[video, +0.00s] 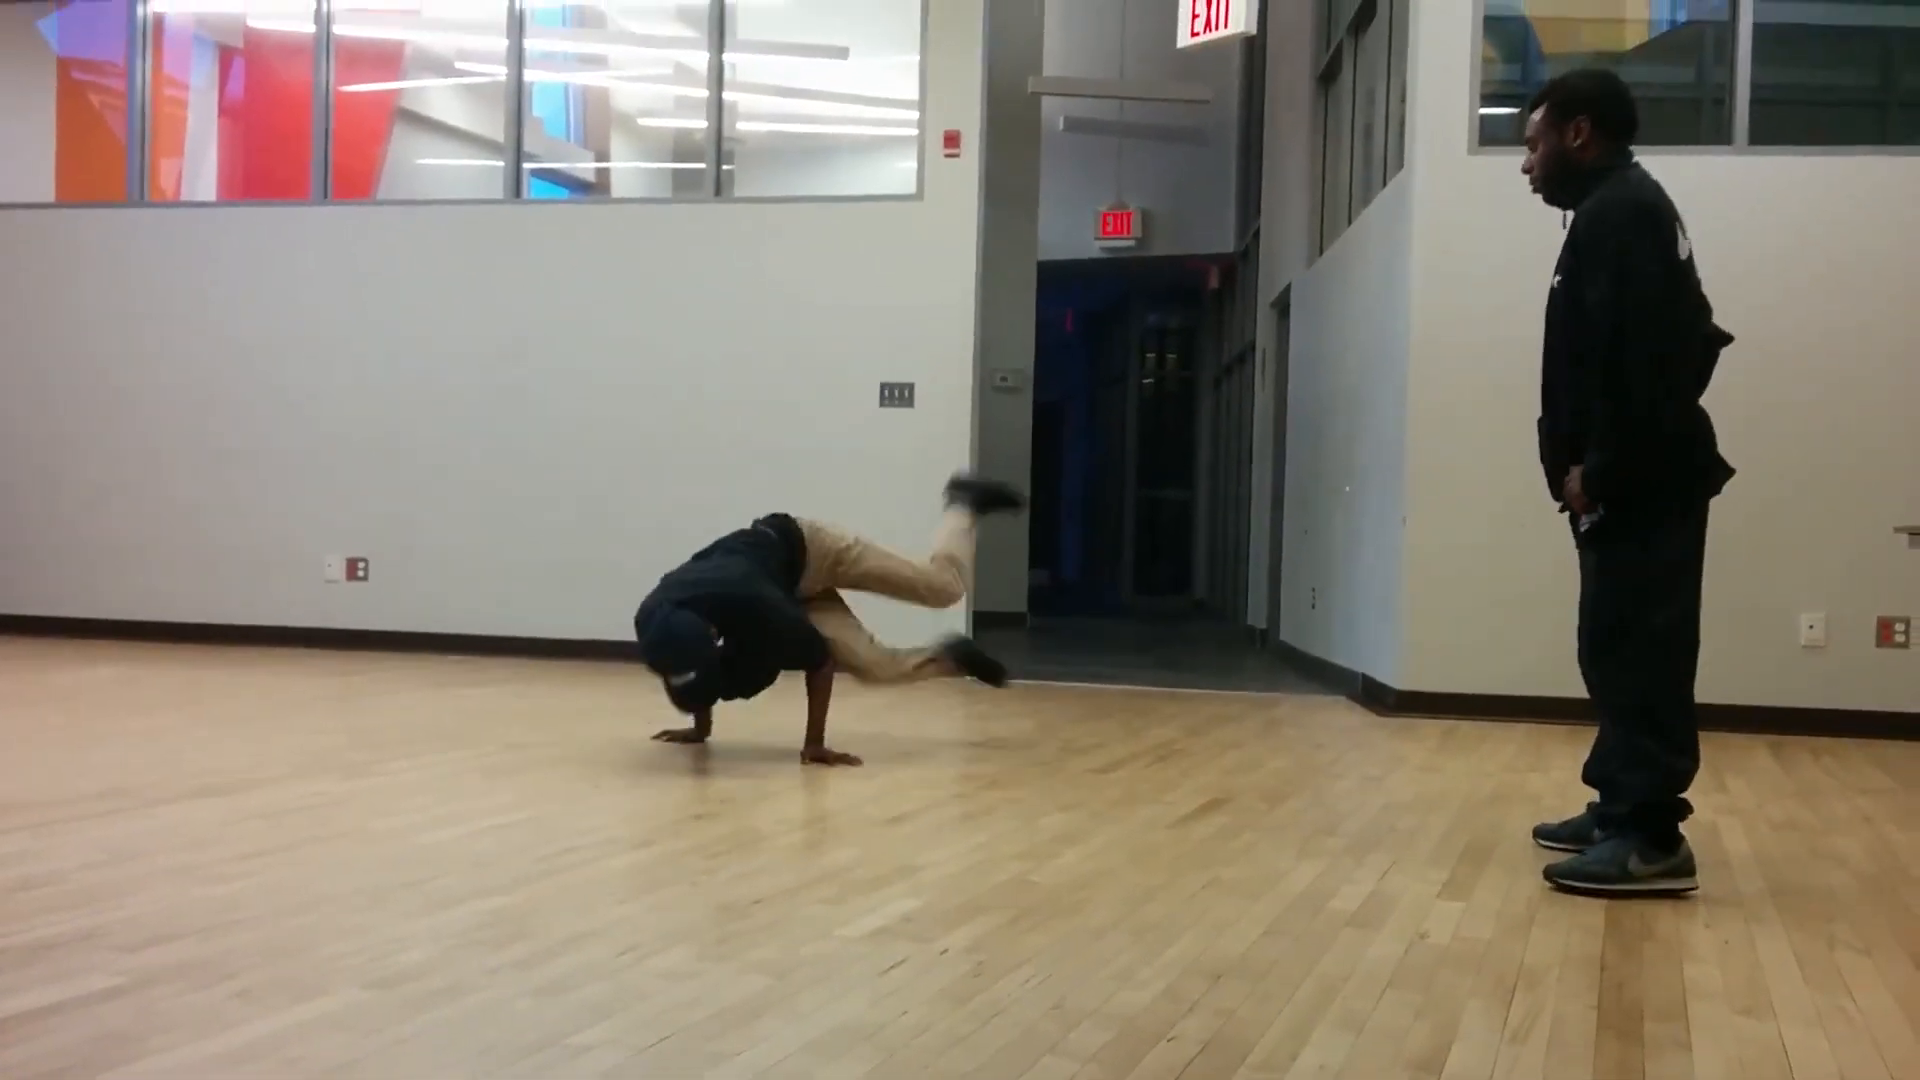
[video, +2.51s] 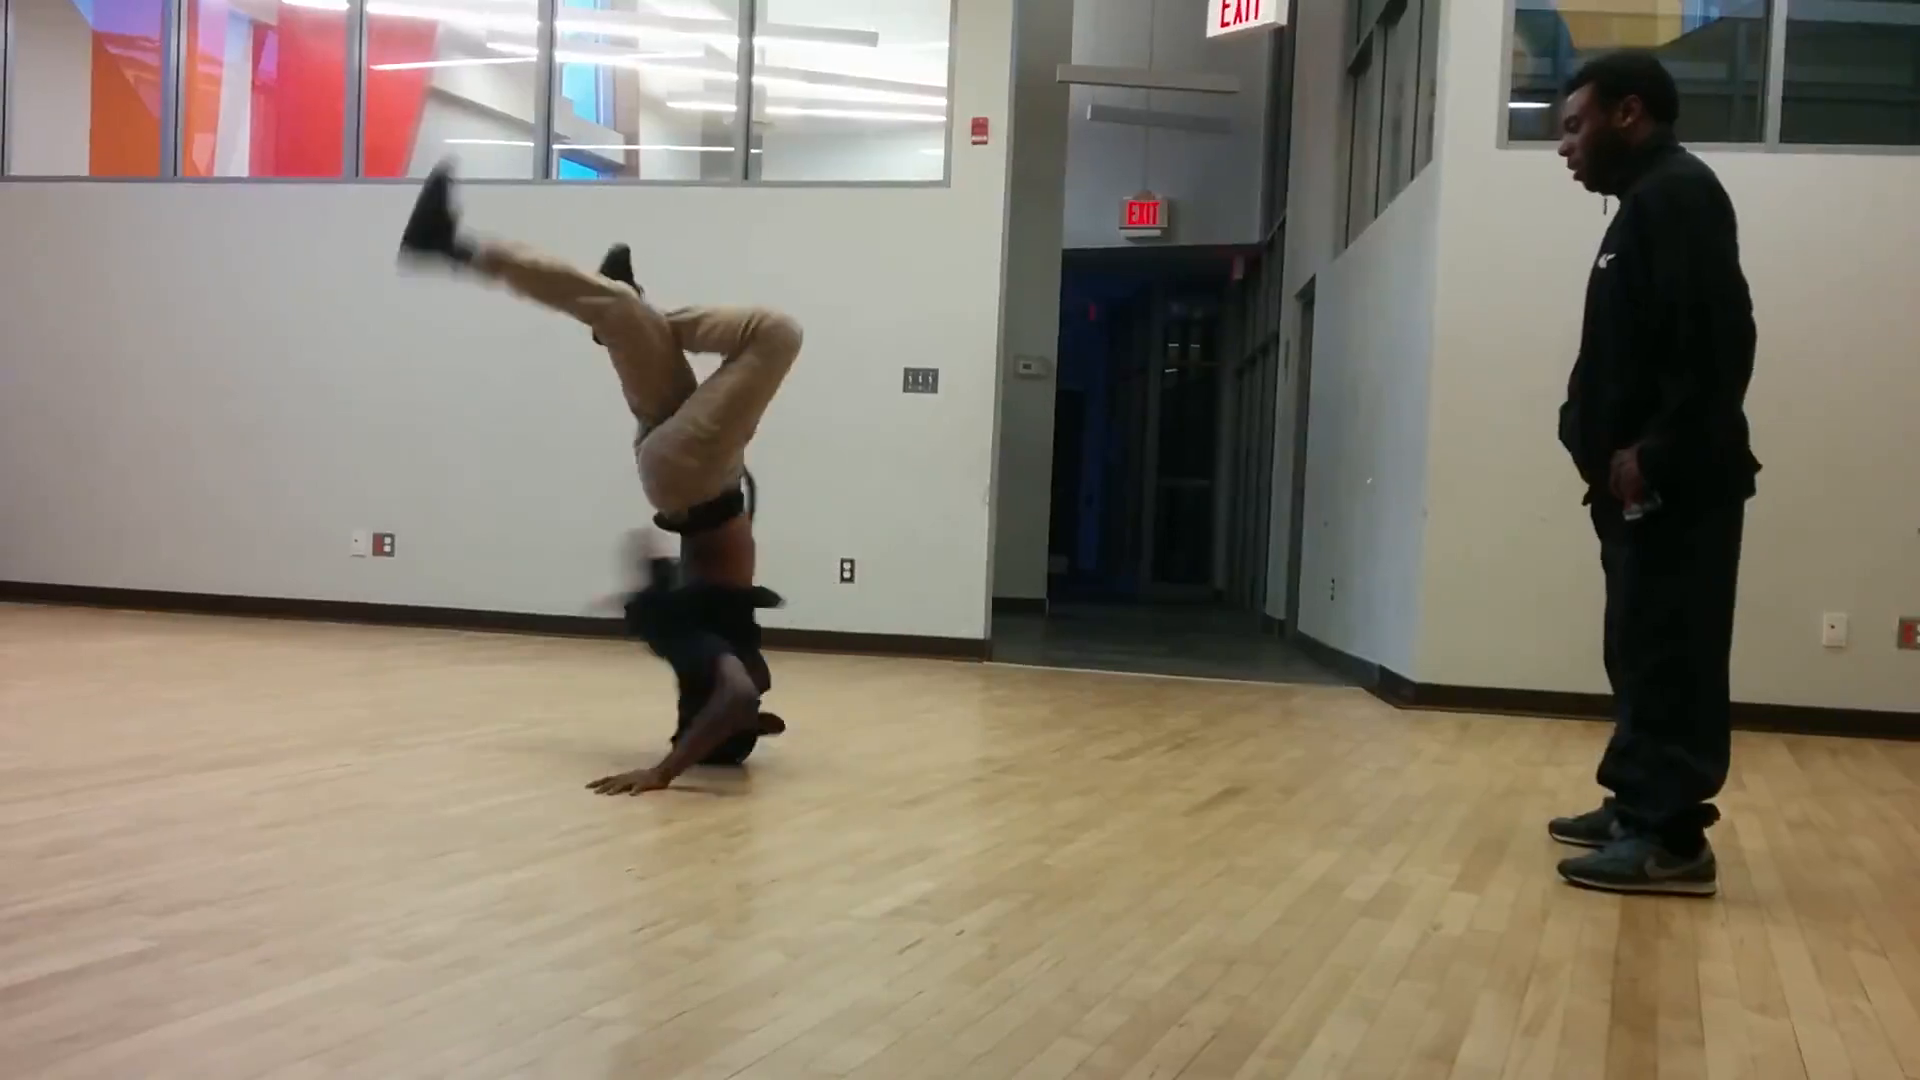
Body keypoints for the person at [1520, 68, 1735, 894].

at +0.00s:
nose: (1523, 162)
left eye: (1533, 142)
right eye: (1524, 144)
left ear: (1579, 135)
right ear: (1585, 137)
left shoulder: (1620, 212)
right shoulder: (1620, 207)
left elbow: (1646, 351)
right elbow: (1688, 340)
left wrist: (1596, 464)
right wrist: (1585, 455)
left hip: (1646, 485)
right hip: (1630, 484)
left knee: (1640, 652)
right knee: (1620, 648)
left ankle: (1651, 837)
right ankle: (1621, 810)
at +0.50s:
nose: (1538, 181)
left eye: (1546, 161)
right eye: (1536, 163)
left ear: (1596, 148)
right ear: (1599, 150)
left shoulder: (1648, 227)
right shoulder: (1626, 226)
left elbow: (1666, 378)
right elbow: (1631, 374)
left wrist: (1598, 479)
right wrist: (1572, 469)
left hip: (1644, 499)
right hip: (1619, 498)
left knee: (1631, 666)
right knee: (1611, 662)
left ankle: (1653, 857)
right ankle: (1619, 827)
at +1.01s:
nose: (1558, 147)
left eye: (1567, 125)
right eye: (1558, 127)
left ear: (1622, 116)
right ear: (1623, 119)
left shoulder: (1670, 197)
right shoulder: (1646, 197)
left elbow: (1674, 357)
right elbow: (1630, 349)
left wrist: (1606, 456)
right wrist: (1574, 441)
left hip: (1659, 482)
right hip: (1631, 480)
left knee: (1650, 656)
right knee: (1626, 651)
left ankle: (1657, 846)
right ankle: (1623, 814)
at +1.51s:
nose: (1559, 137)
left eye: (1569, 117)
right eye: (1559, 120)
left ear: (1619, 108)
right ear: (1623, 111)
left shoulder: (1659, 185)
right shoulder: (1648, 184)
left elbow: (1678, 347)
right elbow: (1642, 342)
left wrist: (1612, 447)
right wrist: (1588, 438)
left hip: (1663, 471)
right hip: (1643, 470)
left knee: (1655, 646)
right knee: (1634, 641)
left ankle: (1662, 837)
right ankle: (1629, 804)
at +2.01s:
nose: (1550, 148)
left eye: (1560, 128)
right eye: (1550, 130)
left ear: (1612, 120)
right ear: (1614, 123)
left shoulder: (1656, 199)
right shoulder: (1638, 200)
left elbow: (1682, 348)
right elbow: (1640, 346)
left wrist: (1629, 456)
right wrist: (1598, 448)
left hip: (1667, 478)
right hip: (1638, 478)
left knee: (1663, 646)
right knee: (1637, 642)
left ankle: (1667, 836)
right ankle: (1633, 804)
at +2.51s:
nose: (1564, 147)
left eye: (1573, 126)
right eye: (1561, 131)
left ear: (1630, 115)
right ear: (1630, 121)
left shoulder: (1680, 195)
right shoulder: (1654, 197)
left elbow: (1710, 342)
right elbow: (1665, 342)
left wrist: (1650, 454)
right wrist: (1613, 446)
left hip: (1682, 481)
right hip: (1647, 480)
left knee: (1672, 649)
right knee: (1642, 645)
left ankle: (1671, 837)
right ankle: (1636, 806)